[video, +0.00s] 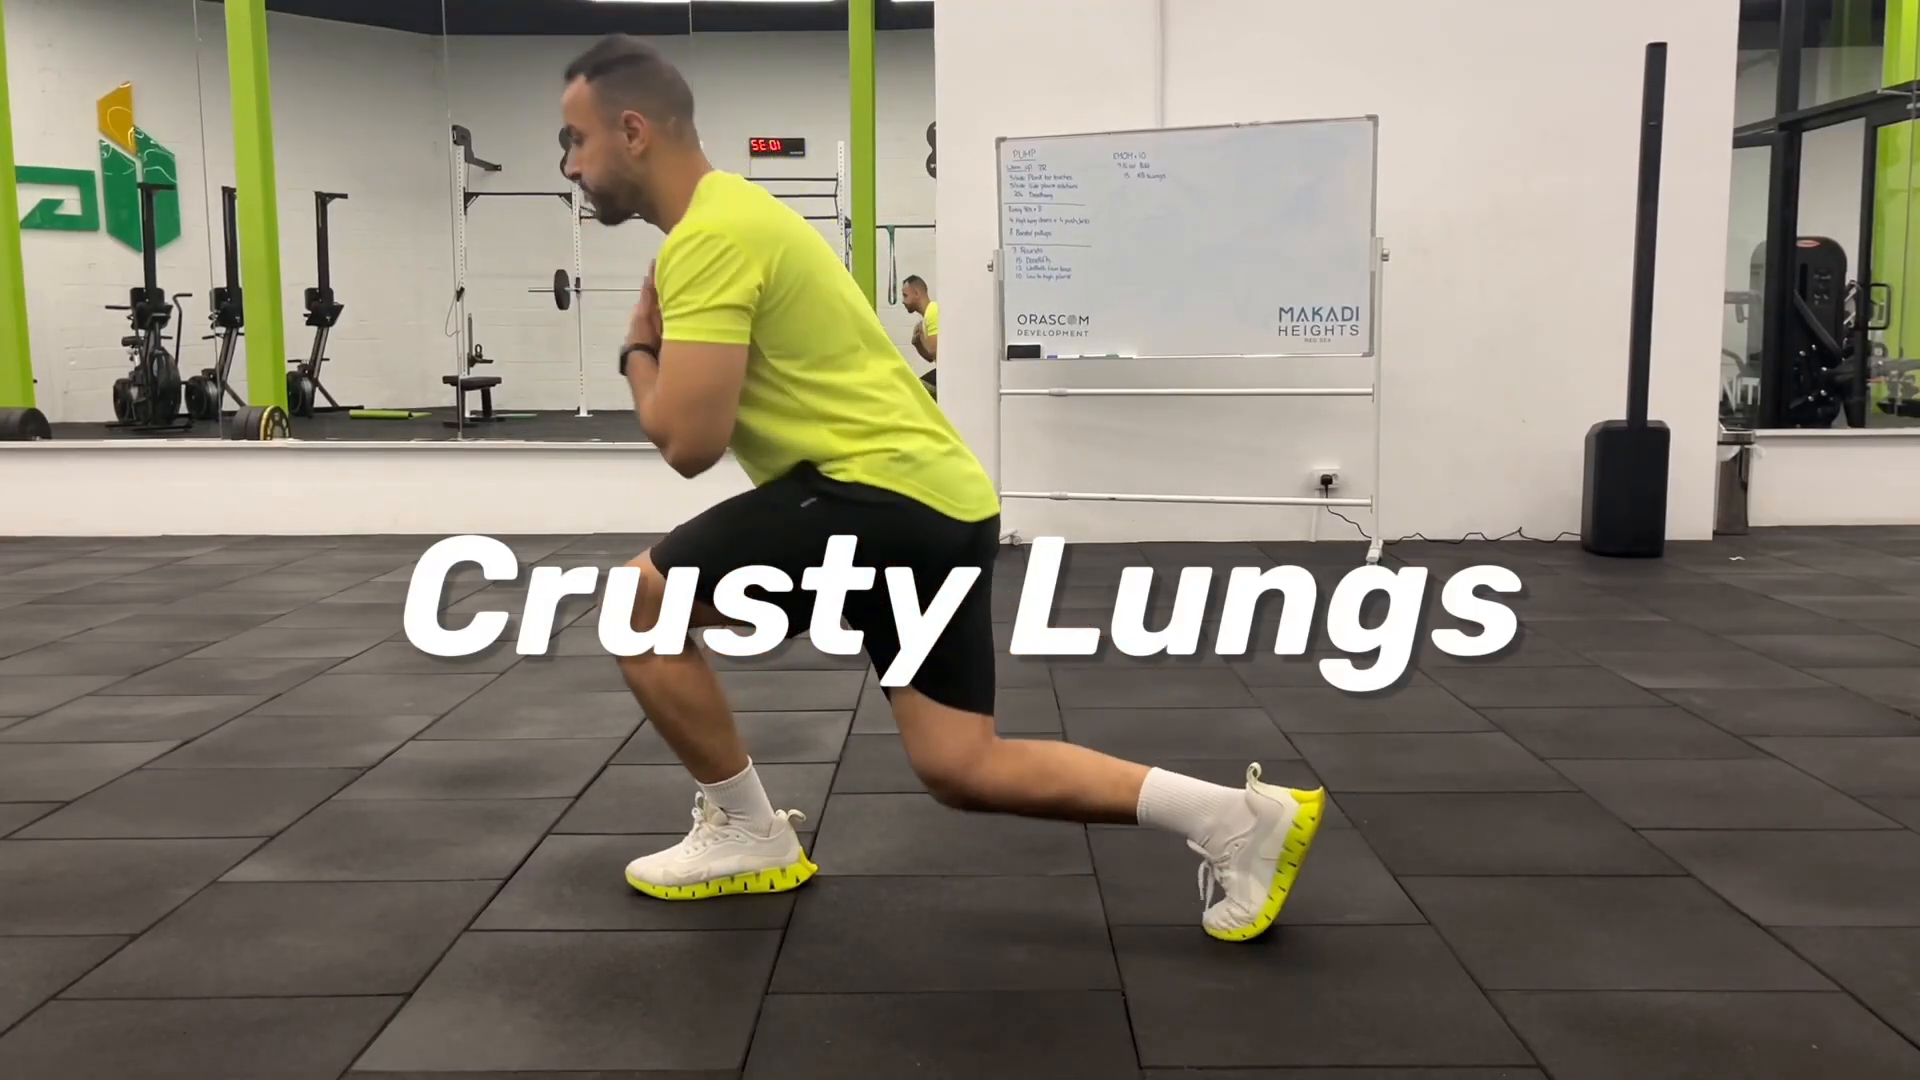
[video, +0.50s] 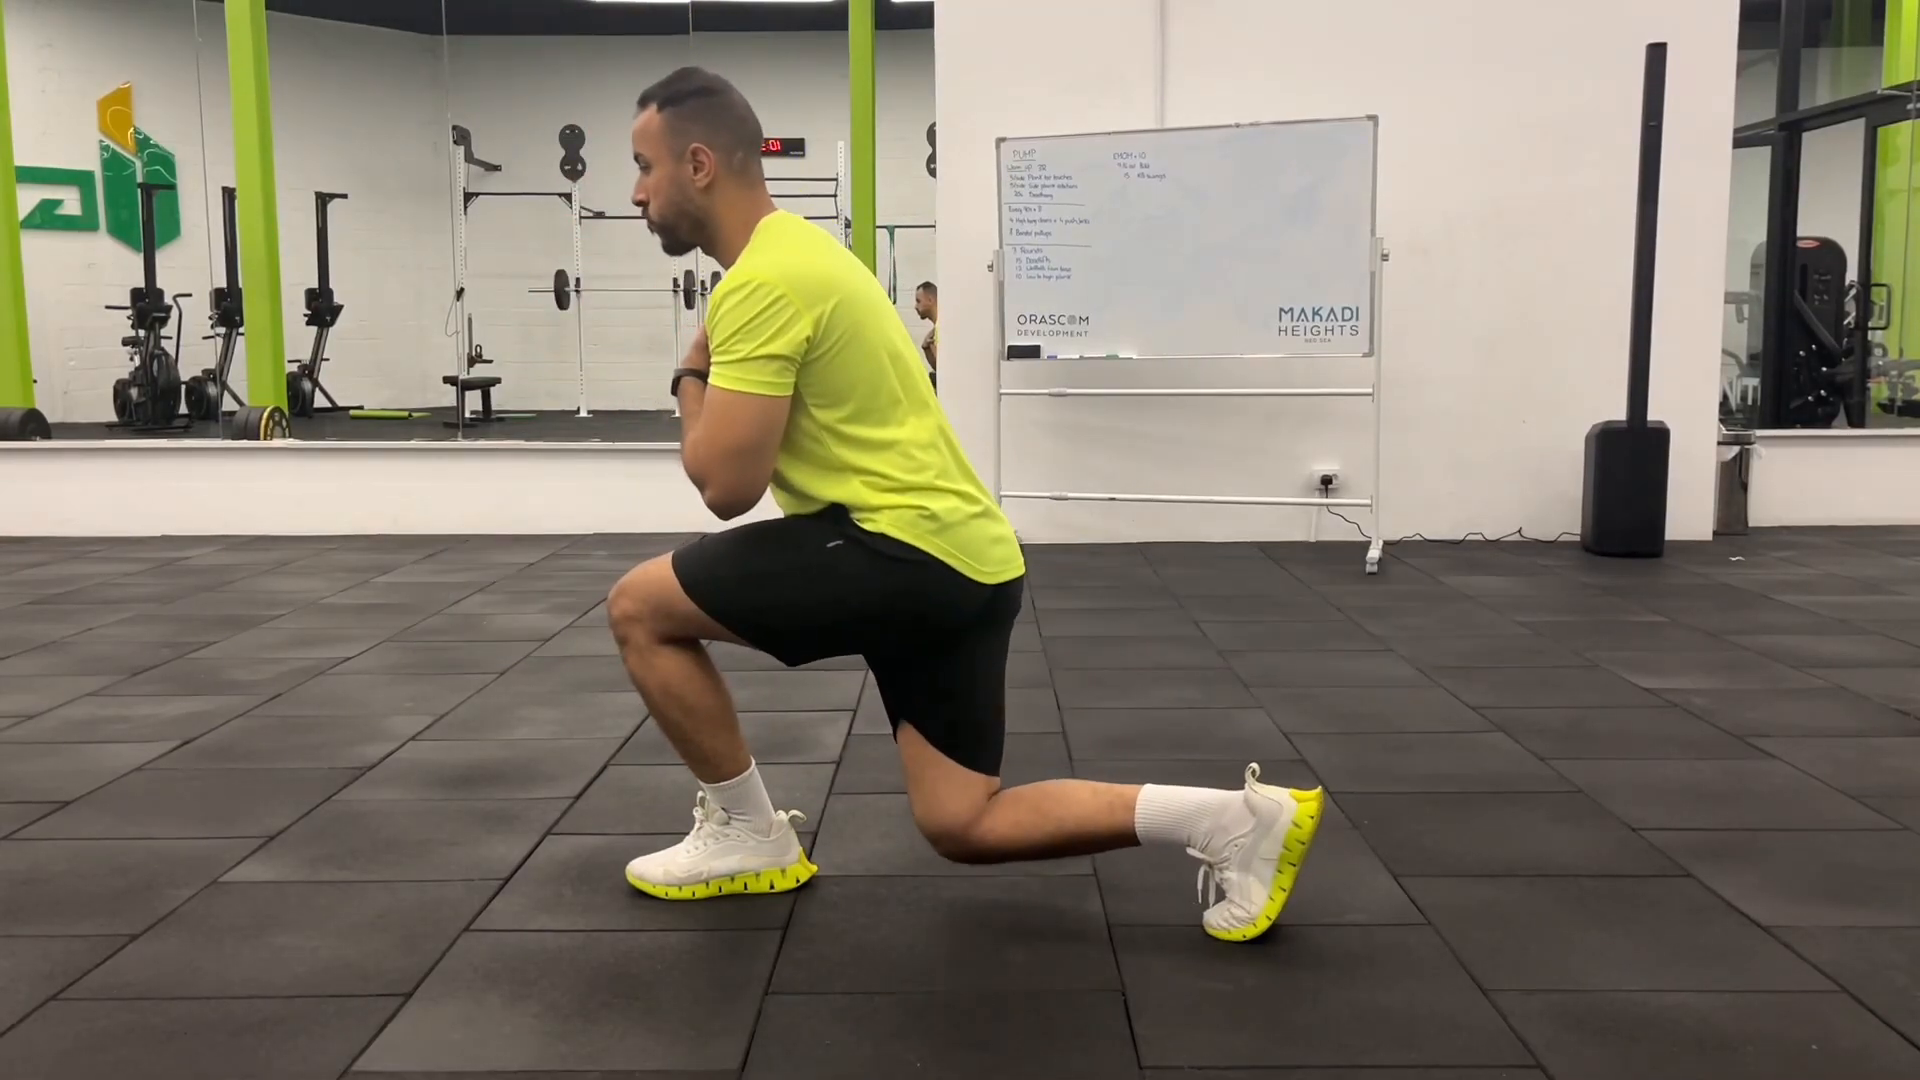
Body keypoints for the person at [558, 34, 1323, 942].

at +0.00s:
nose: (566, 165)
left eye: (574, 140)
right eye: (563, 143)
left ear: (634, 132)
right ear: (647, 132)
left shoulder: (715, 231)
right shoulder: (740, 218)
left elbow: (689, 443)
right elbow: (717, 416)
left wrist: (640, 353)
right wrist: (661, 361)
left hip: (876, 494)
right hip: (947, 502)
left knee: (648, 609)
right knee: (959, 763)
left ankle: (747, 829)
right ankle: (1235, 819)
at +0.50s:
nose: (633, 192)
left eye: (642, 166)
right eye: (634, 168)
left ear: (700, 165)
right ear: (710, 163)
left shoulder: (769, 275)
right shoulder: (812, 256)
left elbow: (725, 482)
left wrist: (690, 382)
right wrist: (716, 382)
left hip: (895, 548)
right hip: (969, 557)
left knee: (641, 609)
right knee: (960, 822)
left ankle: (746, 834)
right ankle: (1231, 821)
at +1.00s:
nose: (499, 67)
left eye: (502, 39)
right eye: (492, 42)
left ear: (560, 23)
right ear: (571, 27)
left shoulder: (650, 116)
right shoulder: (676, 104)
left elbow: (649, 326)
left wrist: (590, 248)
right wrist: (616, 247)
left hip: (827, 376)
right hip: (904, 368)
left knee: (671, 590)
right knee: (956, 620)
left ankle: (749, 829)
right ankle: (1182, 775)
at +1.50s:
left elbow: (575, 188)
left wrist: (544, 100)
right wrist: (564, 106)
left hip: (731, 300)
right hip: (794, 294)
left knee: (707, 564)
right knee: (742, 546)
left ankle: (749, 826)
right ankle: (780, 769)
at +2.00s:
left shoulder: (663, 9)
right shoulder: (633, 18)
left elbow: (595, 174)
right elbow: (604, 167)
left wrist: (557, 85)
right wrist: (576, 89)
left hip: (720, 305)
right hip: (685, 308)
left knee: (702, 555)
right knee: (667, 540)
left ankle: (757, 824)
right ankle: (730, 758)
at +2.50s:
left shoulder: (627, 10)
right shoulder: (665, 12)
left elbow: (596, 207)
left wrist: (547, 117)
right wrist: (582, 112)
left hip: (748, 308)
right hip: (794, 302)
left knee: (703, 574)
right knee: (750, 551)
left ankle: (749, 827)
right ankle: (804, 767)